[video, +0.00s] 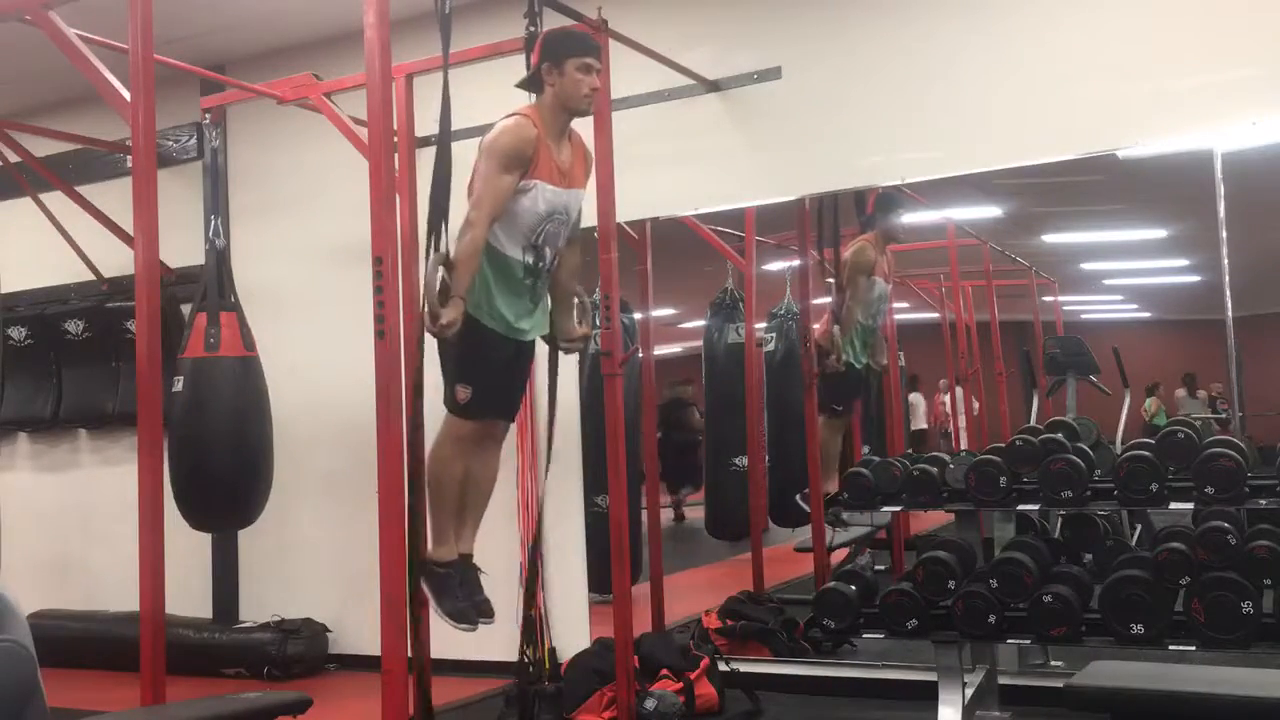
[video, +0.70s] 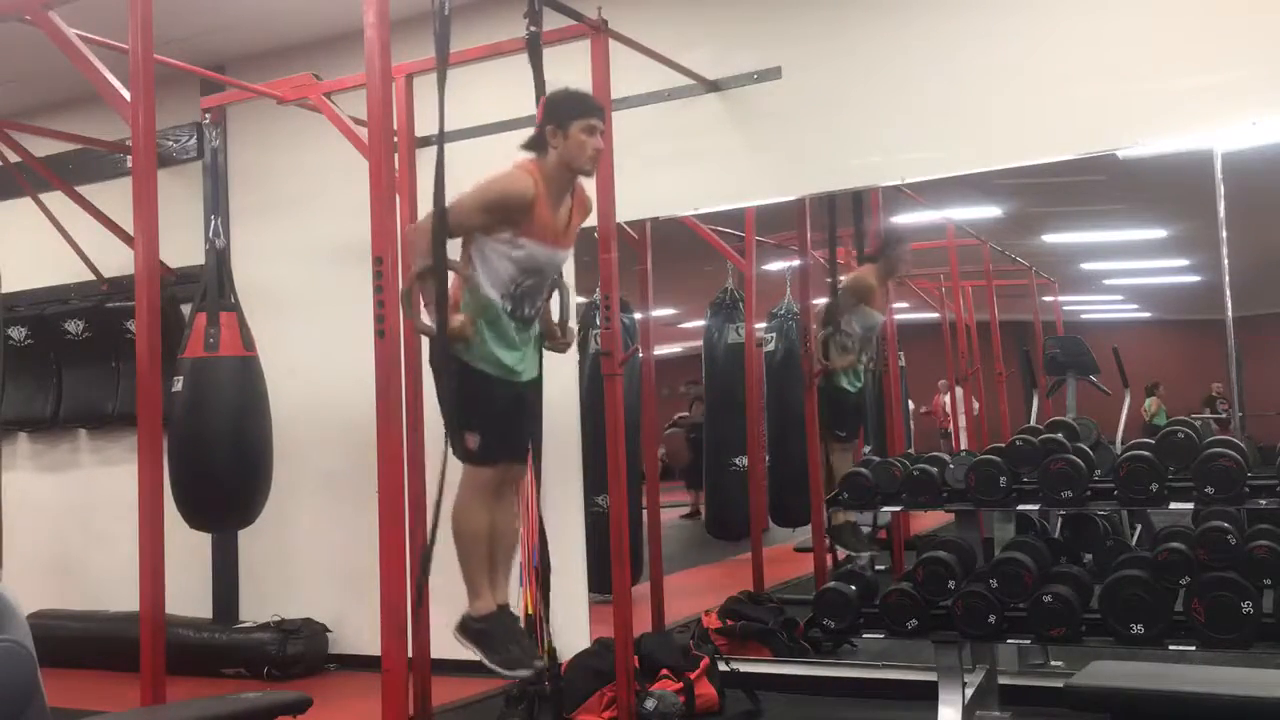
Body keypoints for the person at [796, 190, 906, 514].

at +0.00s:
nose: (902, 226)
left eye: (903, 218)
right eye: (898, 218)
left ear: (889, 219)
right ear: (882, 218)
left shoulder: (882, 254)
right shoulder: (862, 253)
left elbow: (874, 309)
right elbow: (849, 305)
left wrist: (877, 349)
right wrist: (843, 349)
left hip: (861, 352)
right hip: (841, 352)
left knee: (846, 421)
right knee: (834, 422)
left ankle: (836, 487)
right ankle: (827, 489)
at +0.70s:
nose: (907, 262)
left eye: (907, 255)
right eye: (904, 254)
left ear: (890, 255)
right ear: (890, 254)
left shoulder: (878, 287)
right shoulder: (861, 282)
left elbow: (861, 329)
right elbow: (824, 316)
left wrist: (869, 357)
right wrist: (826, 360)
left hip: (857, 375)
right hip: (842, 377)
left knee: (847, 449)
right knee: (843, 449)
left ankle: (846, 519)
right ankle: (843, 521)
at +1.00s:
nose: (916, 309)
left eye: (916, 303)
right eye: (913, 302)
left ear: (899, 302)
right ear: (896, 302)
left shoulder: (885, 329)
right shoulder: (870, 321)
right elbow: (827, 319)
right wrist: (831, 362)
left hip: (859, 409)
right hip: (839, 411)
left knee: (865, 480)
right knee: (852, 481)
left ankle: (871, 551)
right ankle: (859, 553)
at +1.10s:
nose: (918, 321)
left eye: (919, 314)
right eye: (915, 313)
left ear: (900, 312)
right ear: (897, 310)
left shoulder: (887, 340)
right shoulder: (867, 325)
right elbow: (826, 322)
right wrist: (829, 360)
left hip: (861, 421)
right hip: (839, 421)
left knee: (870, 487)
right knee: (854, 489)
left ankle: (877, 556)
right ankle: (863, 559)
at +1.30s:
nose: (909, 312)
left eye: (910, 307)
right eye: (904, 306)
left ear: (901, 309)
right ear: (887, 307)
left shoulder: (890, 337)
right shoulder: (863, 327)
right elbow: (822, 344)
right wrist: (838, 362)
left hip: (863, 418)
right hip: (841, 421)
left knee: (881, 483)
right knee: (866, 486)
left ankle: (892, 550)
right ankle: (878, 553)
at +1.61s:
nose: (875, 318)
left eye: (875, 312)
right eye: (870, 312)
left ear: (870, 313)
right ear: (855, 314)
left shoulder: (869, 339)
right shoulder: (836, 339)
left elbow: (879, 365)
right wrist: (859, 363)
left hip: (873, 434)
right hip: (850, 439)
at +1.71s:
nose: (861, 337)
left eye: (862, 332)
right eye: (856, 333)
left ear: (863, 334)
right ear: (839, 336)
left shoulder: (858, 369)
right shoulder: (829, 372)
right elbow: (792, 392)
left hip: (869, 455)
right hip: (848, 461)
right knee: (904, 491)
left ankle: (953, 541)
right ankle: (947, 544)